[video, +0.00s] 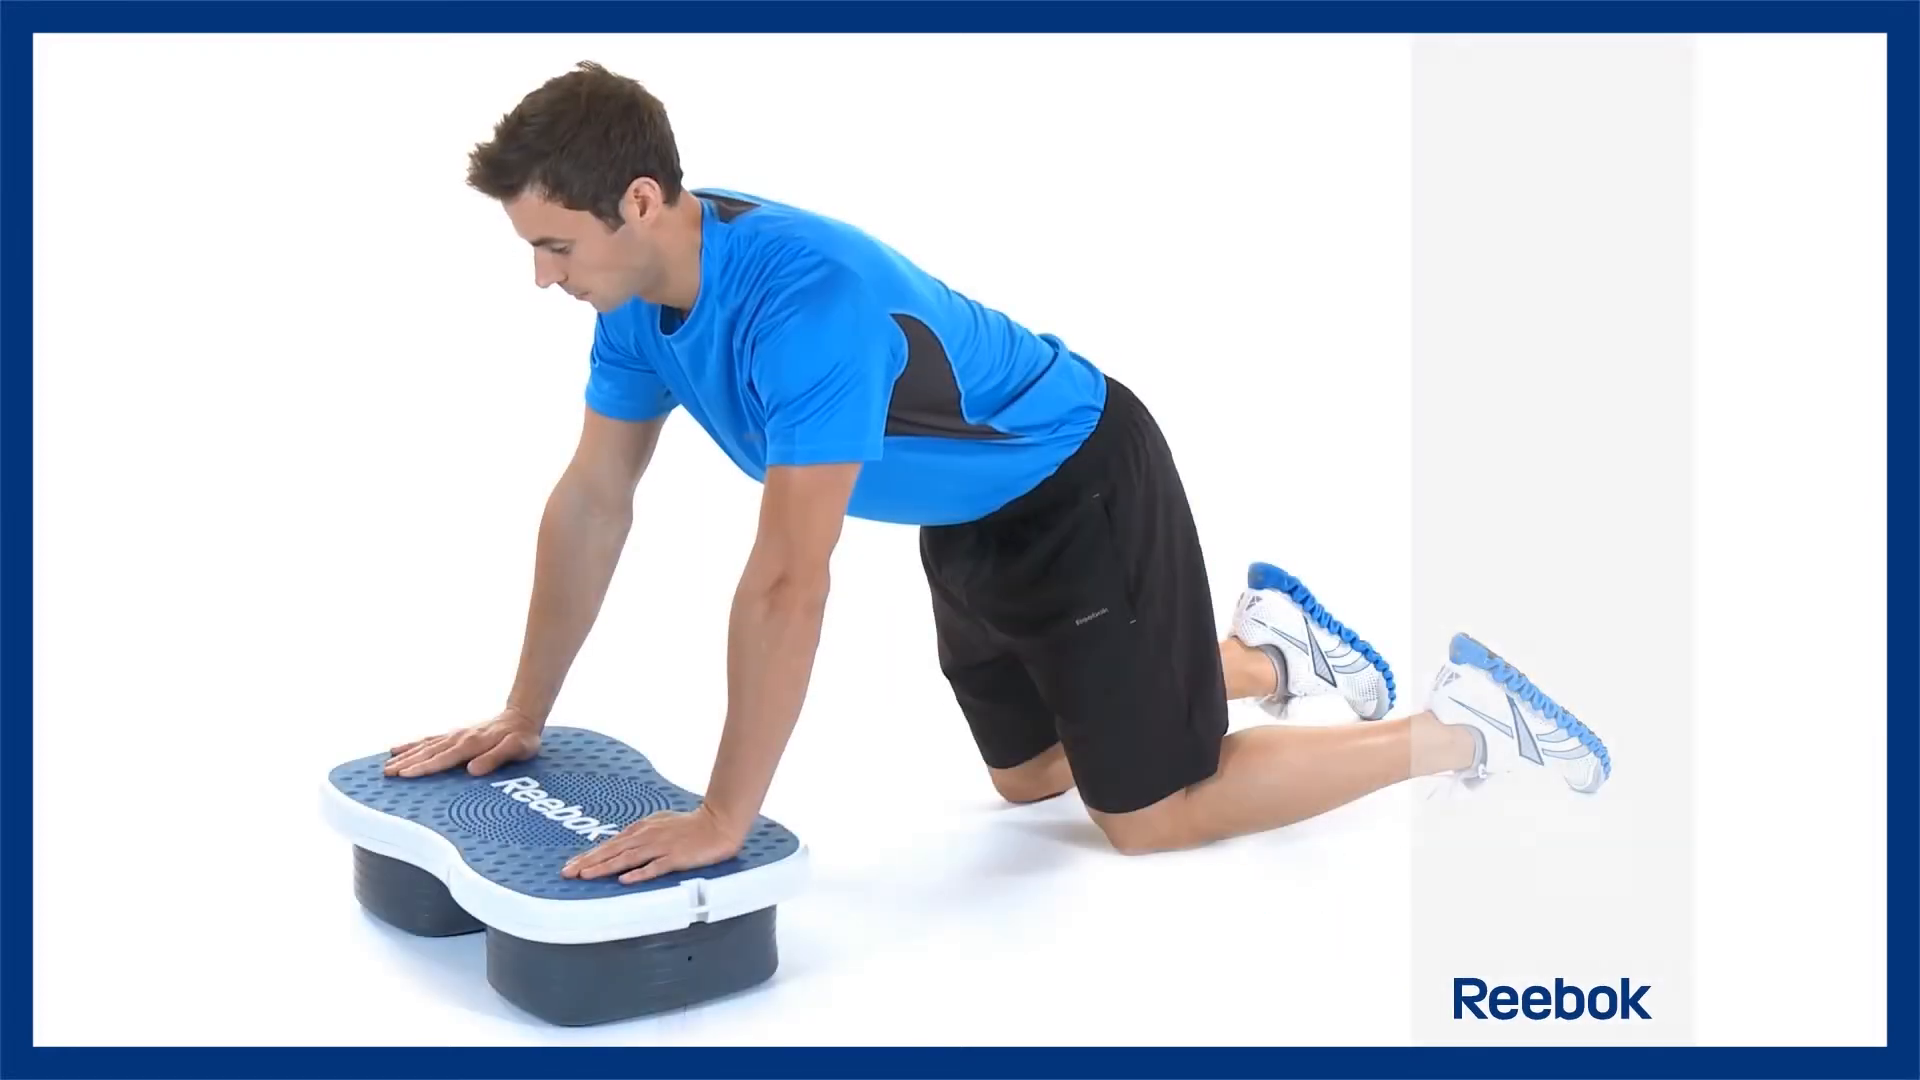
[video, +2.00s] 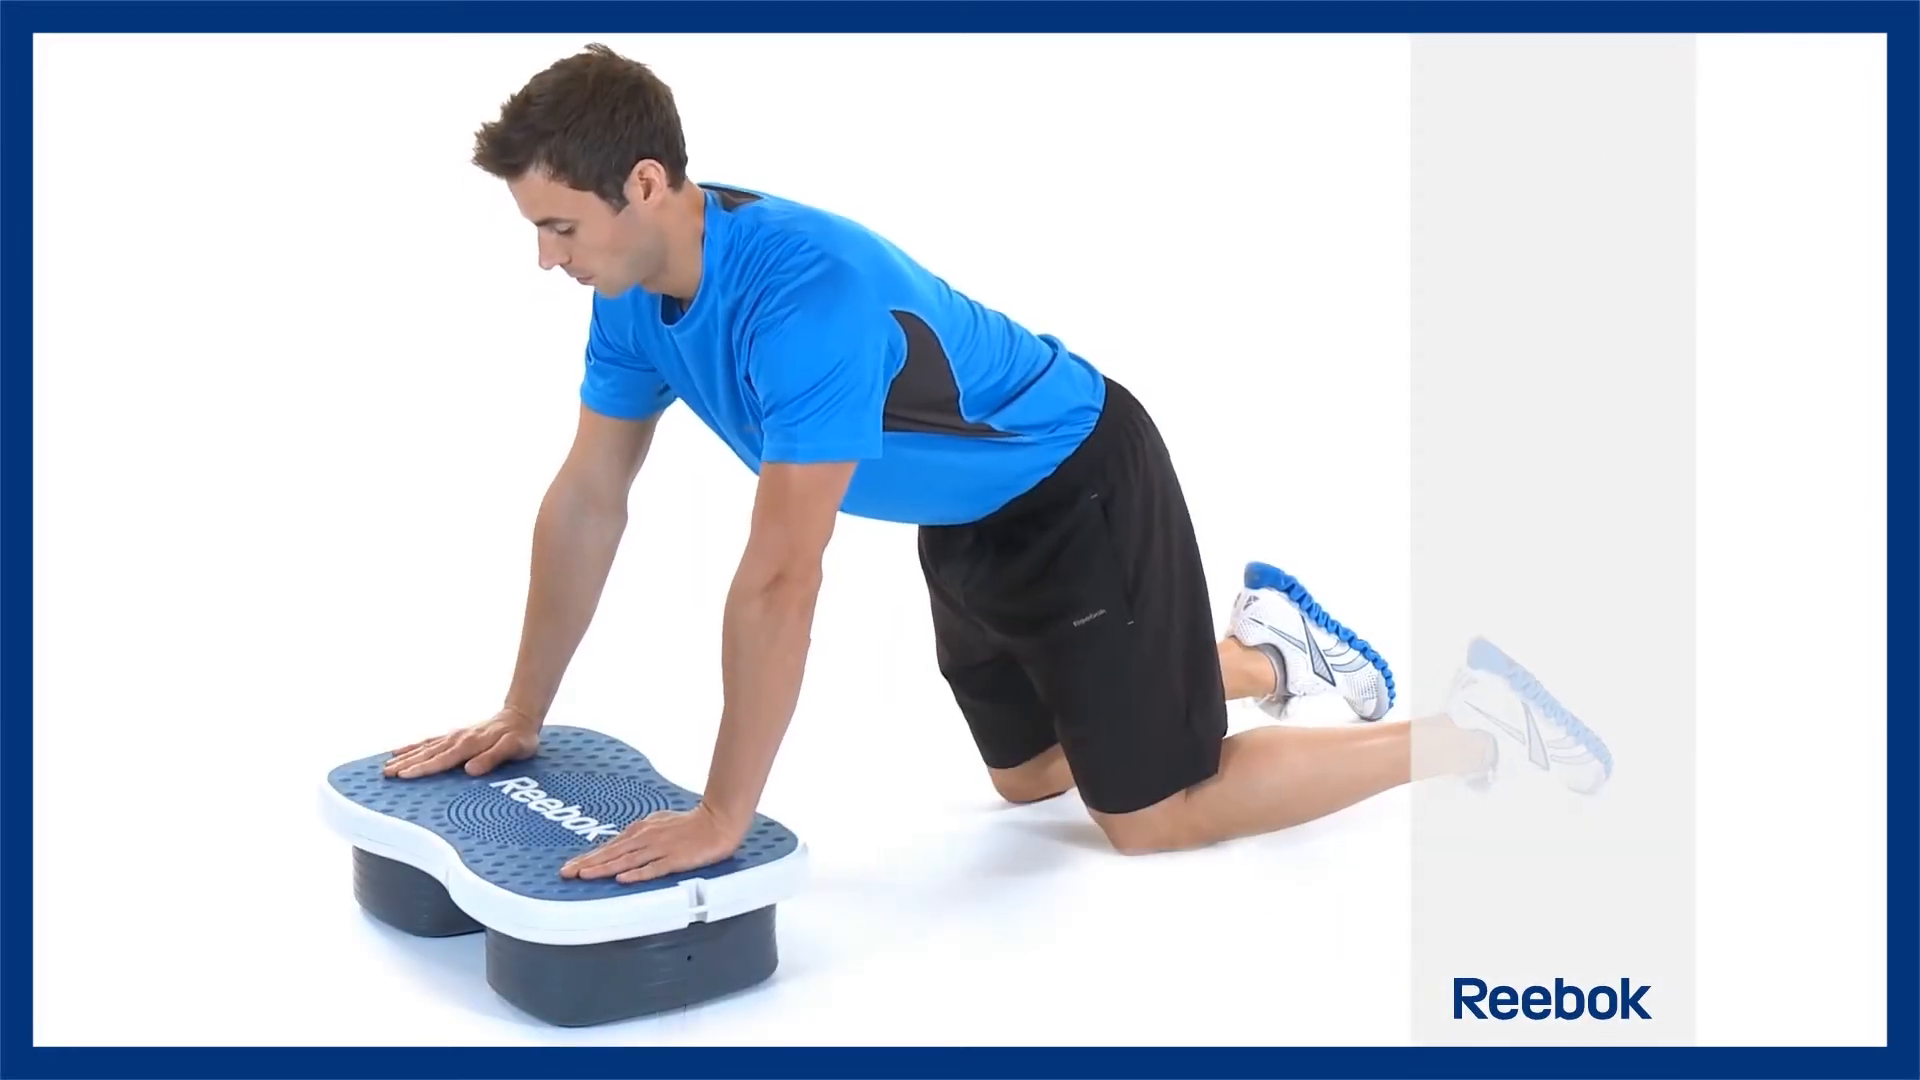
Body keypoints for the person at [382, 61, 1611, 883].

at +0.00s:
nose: (542, 275)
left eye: (553, 246)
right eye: (530, 250)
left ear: (644, 202)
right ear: (610, 214)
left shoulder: (805, 300)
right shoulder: (636, 310)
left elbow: (790, 580)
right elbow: (590, 508)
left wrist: (727, 816)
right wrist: (524, 717)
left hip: (1079, 478)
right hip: (958, 518)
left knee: (1151, 809)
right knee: (1038, 777)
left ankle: (1455, 736)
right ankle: (1267, 658)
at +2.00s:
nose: (544, 257)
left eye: (554, 224)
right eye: (532, 229)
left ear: (647, 188)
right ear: (615, 202)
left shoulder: (807, 299)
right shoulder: (631, 304)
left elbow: (779, 584)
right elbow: (584, 509)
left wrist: (724, 812)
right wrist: (522, 714)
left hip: (1076, 479)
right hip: (958, 519)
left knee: (1157, 810)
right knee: (1041, 776)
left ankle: (1462, 736)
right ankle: (1271, 658)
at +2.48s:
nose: (478, 392)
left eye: (478, 362)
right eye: (459, 370)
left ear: (556, 301)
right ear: (533, 305)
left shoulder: (736, 381)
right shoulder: (588, 372)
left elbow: (848, 623)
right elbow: (577, 535)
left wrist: (731, 816)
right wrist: (519, 720)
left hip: (1044, 502)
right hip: (937, 554)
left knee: (1155, 815)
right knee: (1033, 781)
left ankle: (1470, 748)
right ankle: (1258, 667)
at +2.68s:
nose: (409, 530)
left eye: (409, 503)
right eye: (389, 512)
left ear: (481, 441)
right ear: (464, 434)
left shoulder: (664, 467)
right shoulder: (534, 411)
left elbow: (853, 646)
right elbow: (574, 551)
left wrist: (733, 820)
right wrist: (523, 713)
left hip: (997, 522)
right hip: (899, 567)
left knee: (1154, 809)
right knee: (1032, 771)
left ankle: (1467, 751)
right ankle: (1255, 657)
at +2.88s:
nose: (359, 659)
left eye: (349, 635)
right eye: (336, 644)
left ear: (406, 568)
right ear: (395, 553)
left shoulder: (603, 560)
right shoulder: (472, 486)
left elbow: (846, 649)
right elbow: (545, 593)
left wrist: (733, 822)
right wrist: (522, 716)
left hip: (957, 558)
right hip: (871, 594)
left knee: (1168, 806)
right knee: (1022, 769)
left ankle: (1465, 750)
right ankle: (1260, 659)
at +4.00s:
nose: (390, 518)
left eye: (388, 491)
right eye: (369, 502)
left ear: (455, 430)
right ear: (440, 431)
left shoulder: (634, 462)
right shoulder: (516, 430)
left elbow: (831, 638)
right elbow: (553, 554)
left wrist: (735, 820)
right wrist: (524, 716)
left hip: (978, 539)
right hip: (885, 583)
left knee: (1137, 805)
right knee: (1001, 762)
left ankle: (1466, 745)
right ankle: (1264, 657)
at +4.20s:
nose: (466, 369)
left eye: (466, 339)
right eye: (447, 349)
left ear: (540, 278)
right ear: (515, 287)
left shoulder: (707, 360)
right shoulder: (573, 351)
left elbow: (798, 597)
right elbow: (565, 527)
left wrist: (731, 814)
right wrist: (522, 720)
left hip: (1024, 507)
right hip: (915, 551)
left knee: (1155, 813)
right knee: (1022, 774)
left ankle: (1474, 742)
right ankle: (1266, 665)